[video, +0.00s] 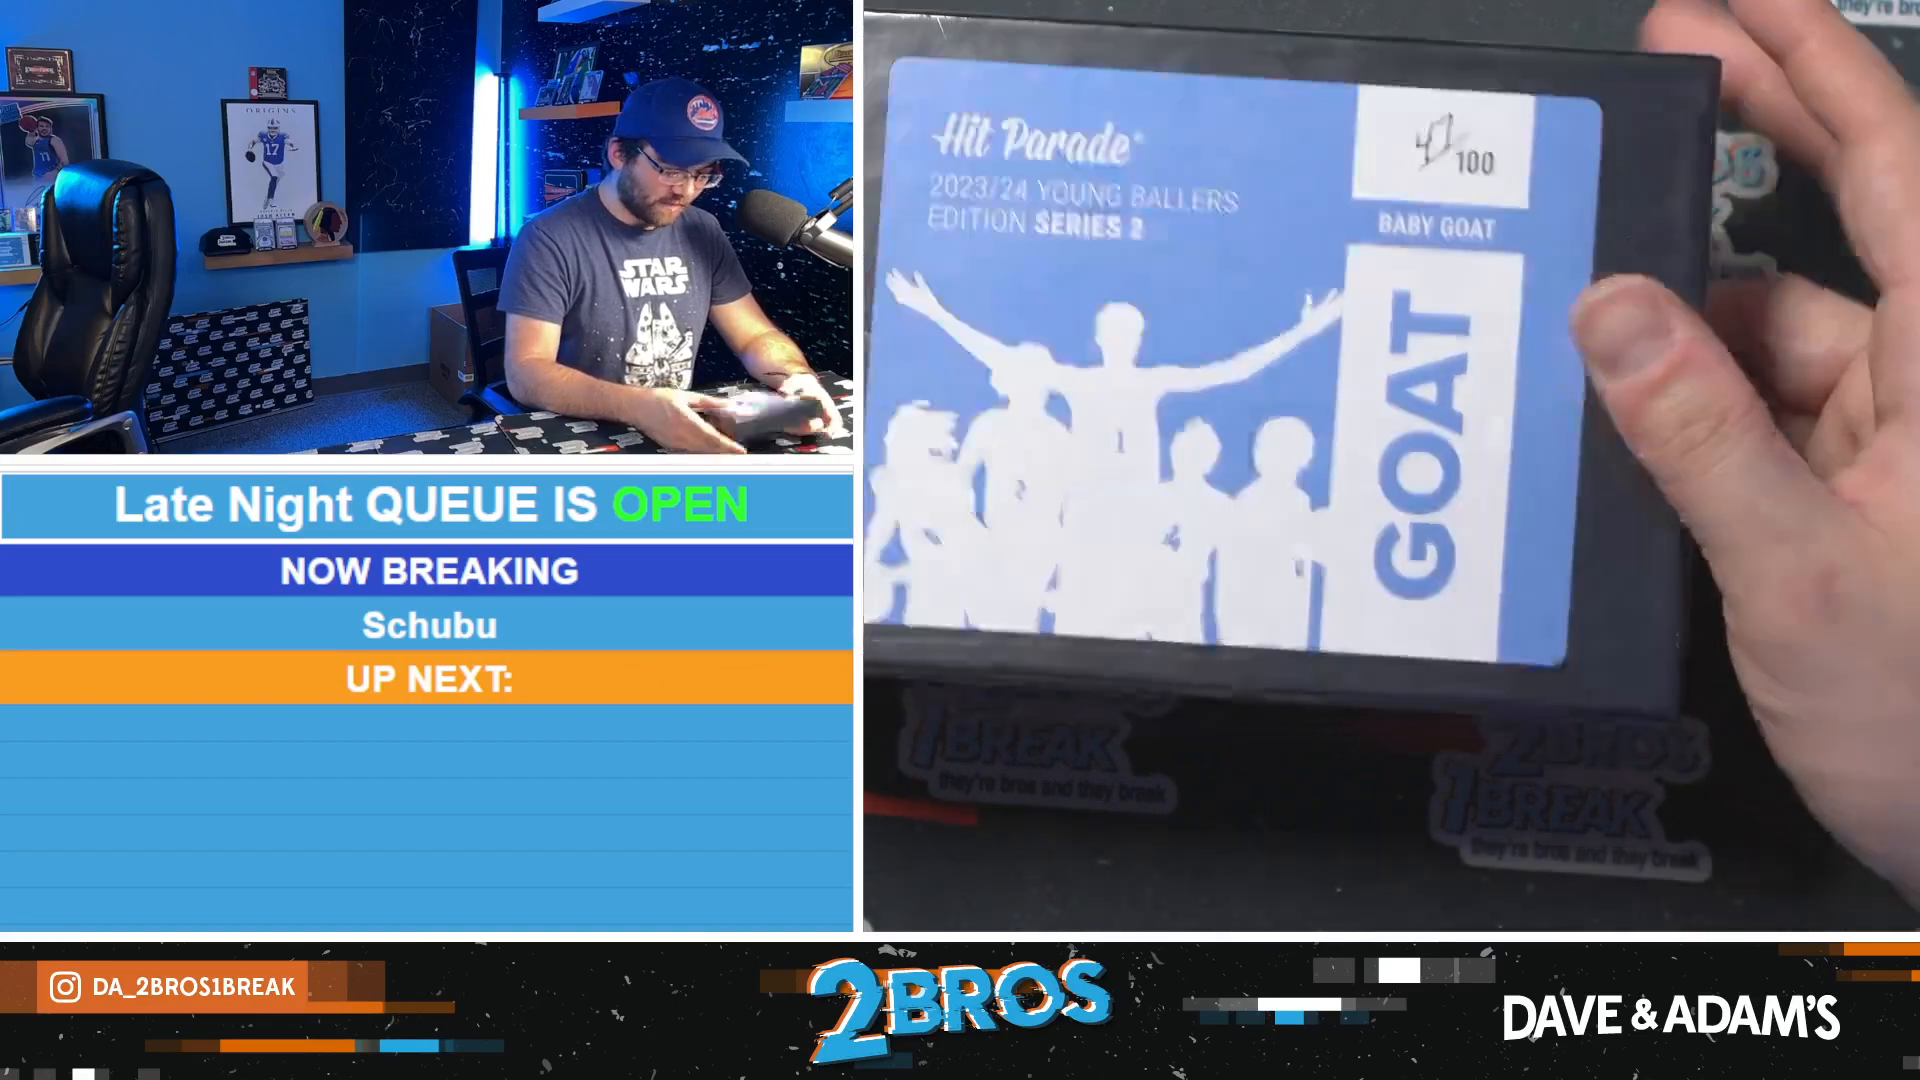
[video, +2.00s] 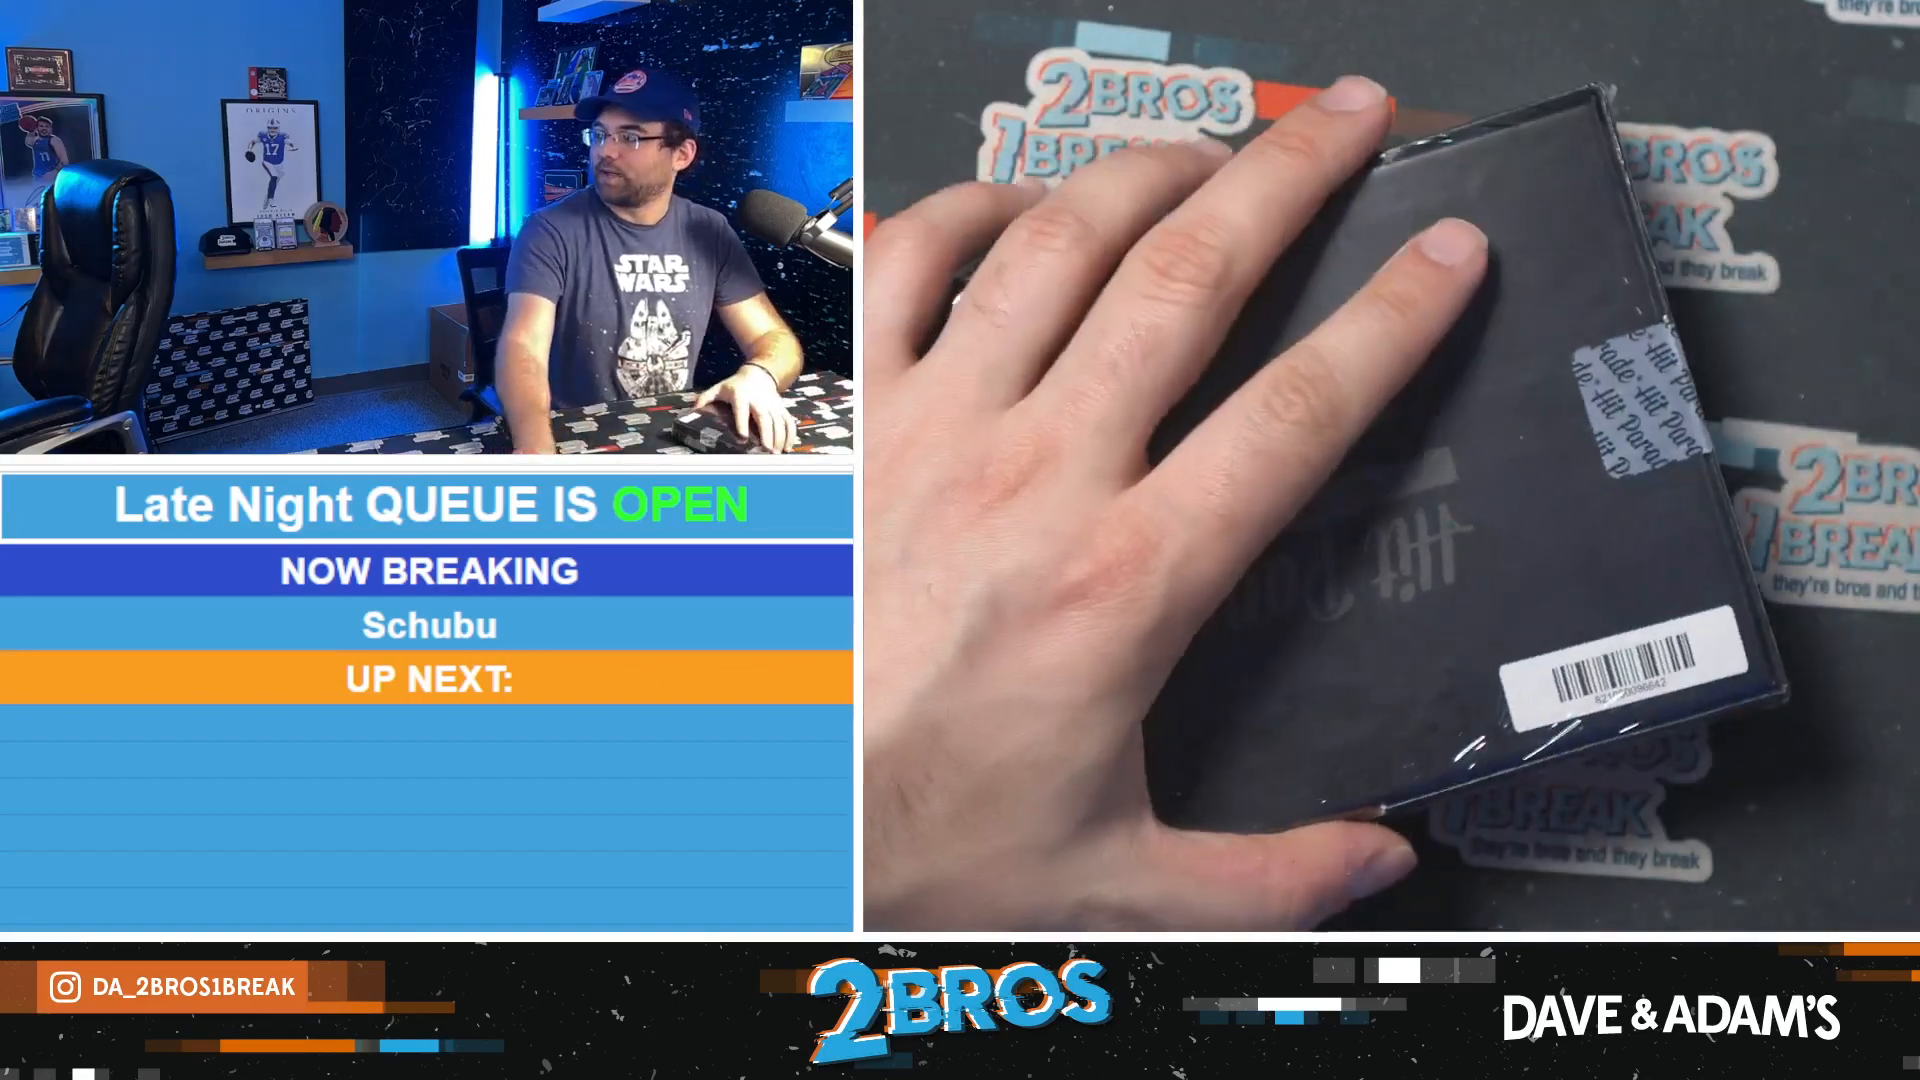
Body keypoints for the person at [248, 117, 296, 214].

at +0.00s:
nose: (273, 130)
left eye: (275, 128)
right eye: (271, 128)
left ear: (278, 128)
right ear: (268, 128)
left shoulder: (283, 136)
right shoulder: (263, 136)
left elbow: (290, 142)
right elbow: (254, 141)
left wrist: (292, 147)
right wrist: (250, 148)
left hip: (279, 164)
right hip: (267, 162)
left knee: (275, 182)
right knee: (274, 176)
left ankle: (267, 200)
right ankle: (270, 199)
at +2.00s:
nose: (273, 130)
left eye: (275, 128)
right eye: (271, 128)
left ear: (278, 128)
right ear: (268, 128)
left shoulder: (282, 136)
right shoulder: (263, 136)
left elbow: (290, 143)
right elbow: (253, 141)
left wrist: (293, 147)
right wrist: (250, 149)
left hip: (279, 164)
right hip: (267, 162)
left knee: (275, 182)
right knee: (274, 176)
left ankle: (267, 200)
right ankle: (270, 199)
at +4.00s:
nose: (273, 130)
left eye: (275, 128)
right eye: (271, 128)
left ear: (278, 129)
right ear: (268, 128)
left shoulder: (283, 136)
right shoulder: (263, 136)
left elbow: (289, 142)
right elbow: (253, 142)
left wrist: (292, 146)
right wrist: (250, 148)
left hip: (279, 163)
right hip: (267, 162)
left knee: (276, 181)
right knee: (274, 176)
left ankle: (267, 200)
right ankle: (270, 199)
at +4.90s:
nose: (273, 131)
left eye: (275, 129)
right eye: (271, 129)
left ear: (278, 129)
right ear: (268, 129)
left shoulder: (283, 137)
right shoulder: (264, 137)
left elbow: (290, 143)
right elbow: (253, 142)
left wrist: (293, 147)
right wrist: (250, 147)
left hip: (278, 163)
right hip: (267, 162)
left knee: (277, 180)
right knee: (275, 176)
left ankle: (268, 198)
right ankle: (271, 199)